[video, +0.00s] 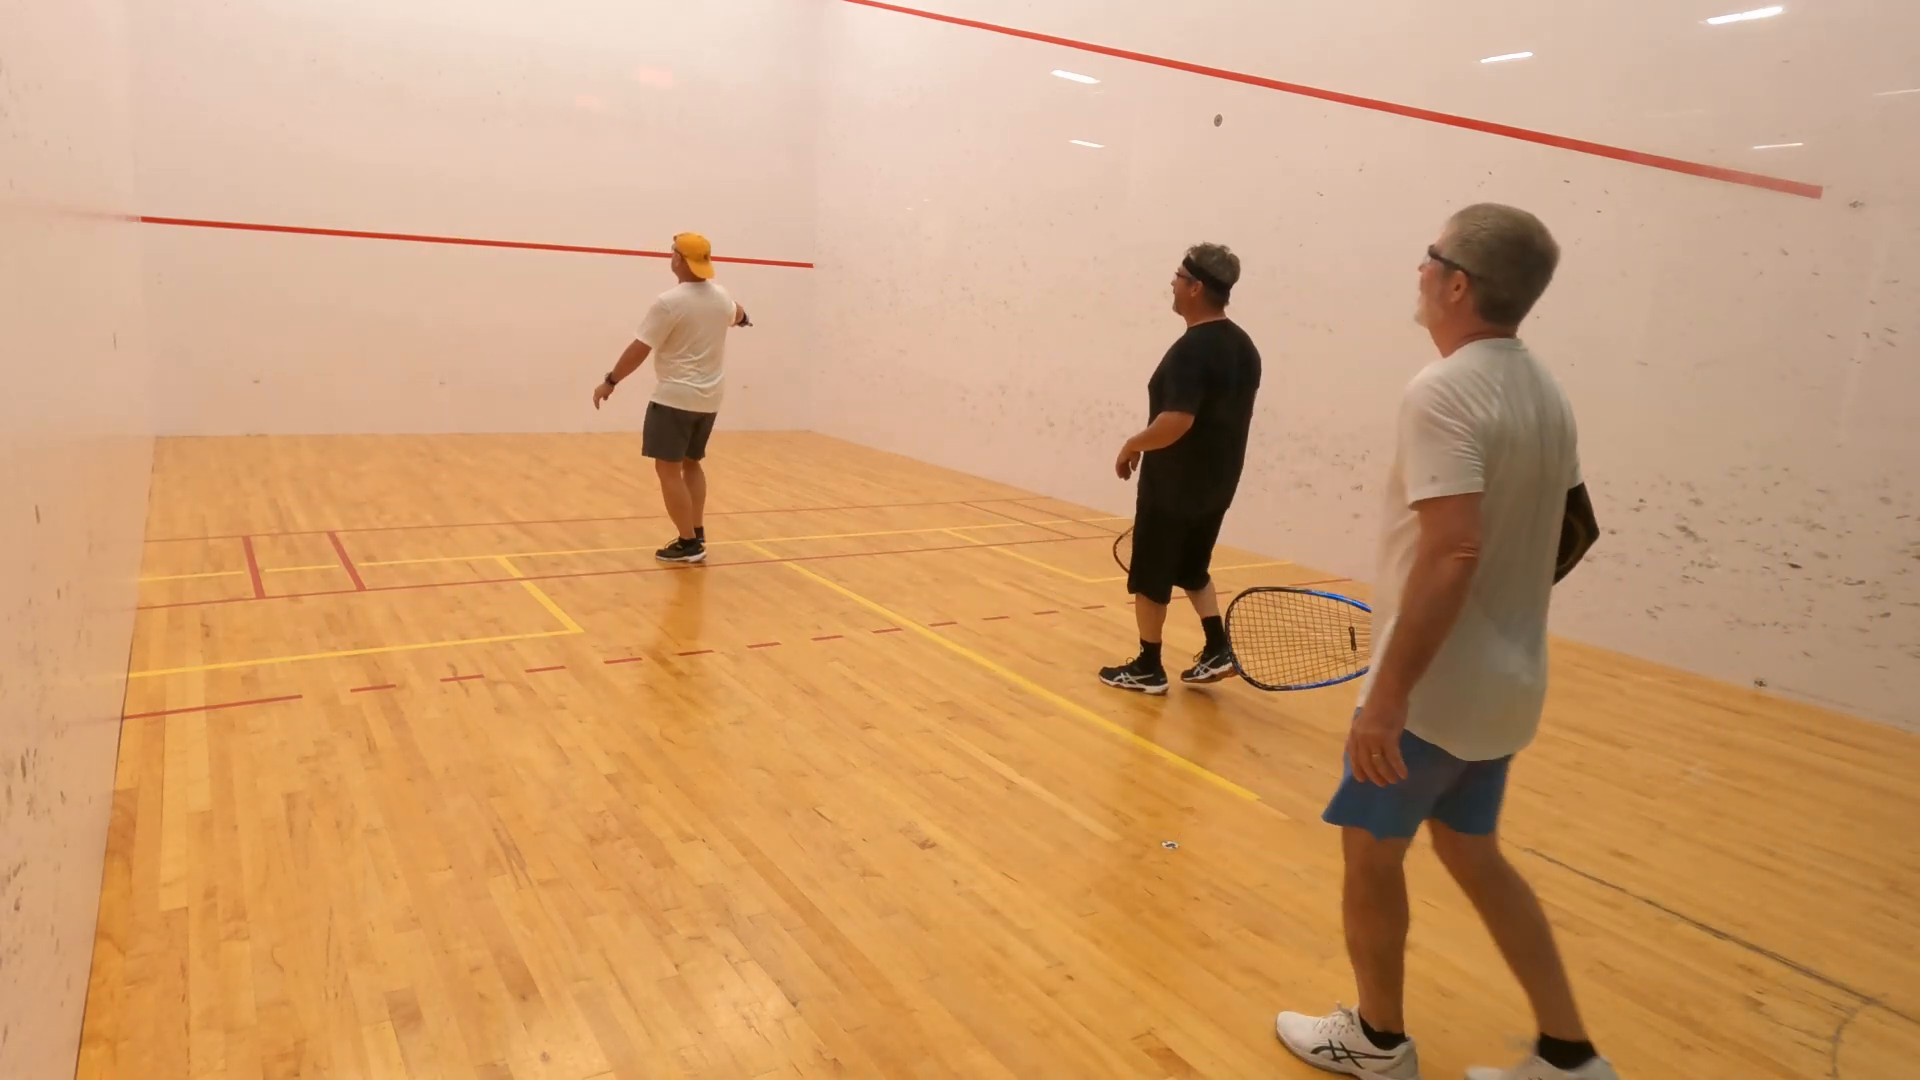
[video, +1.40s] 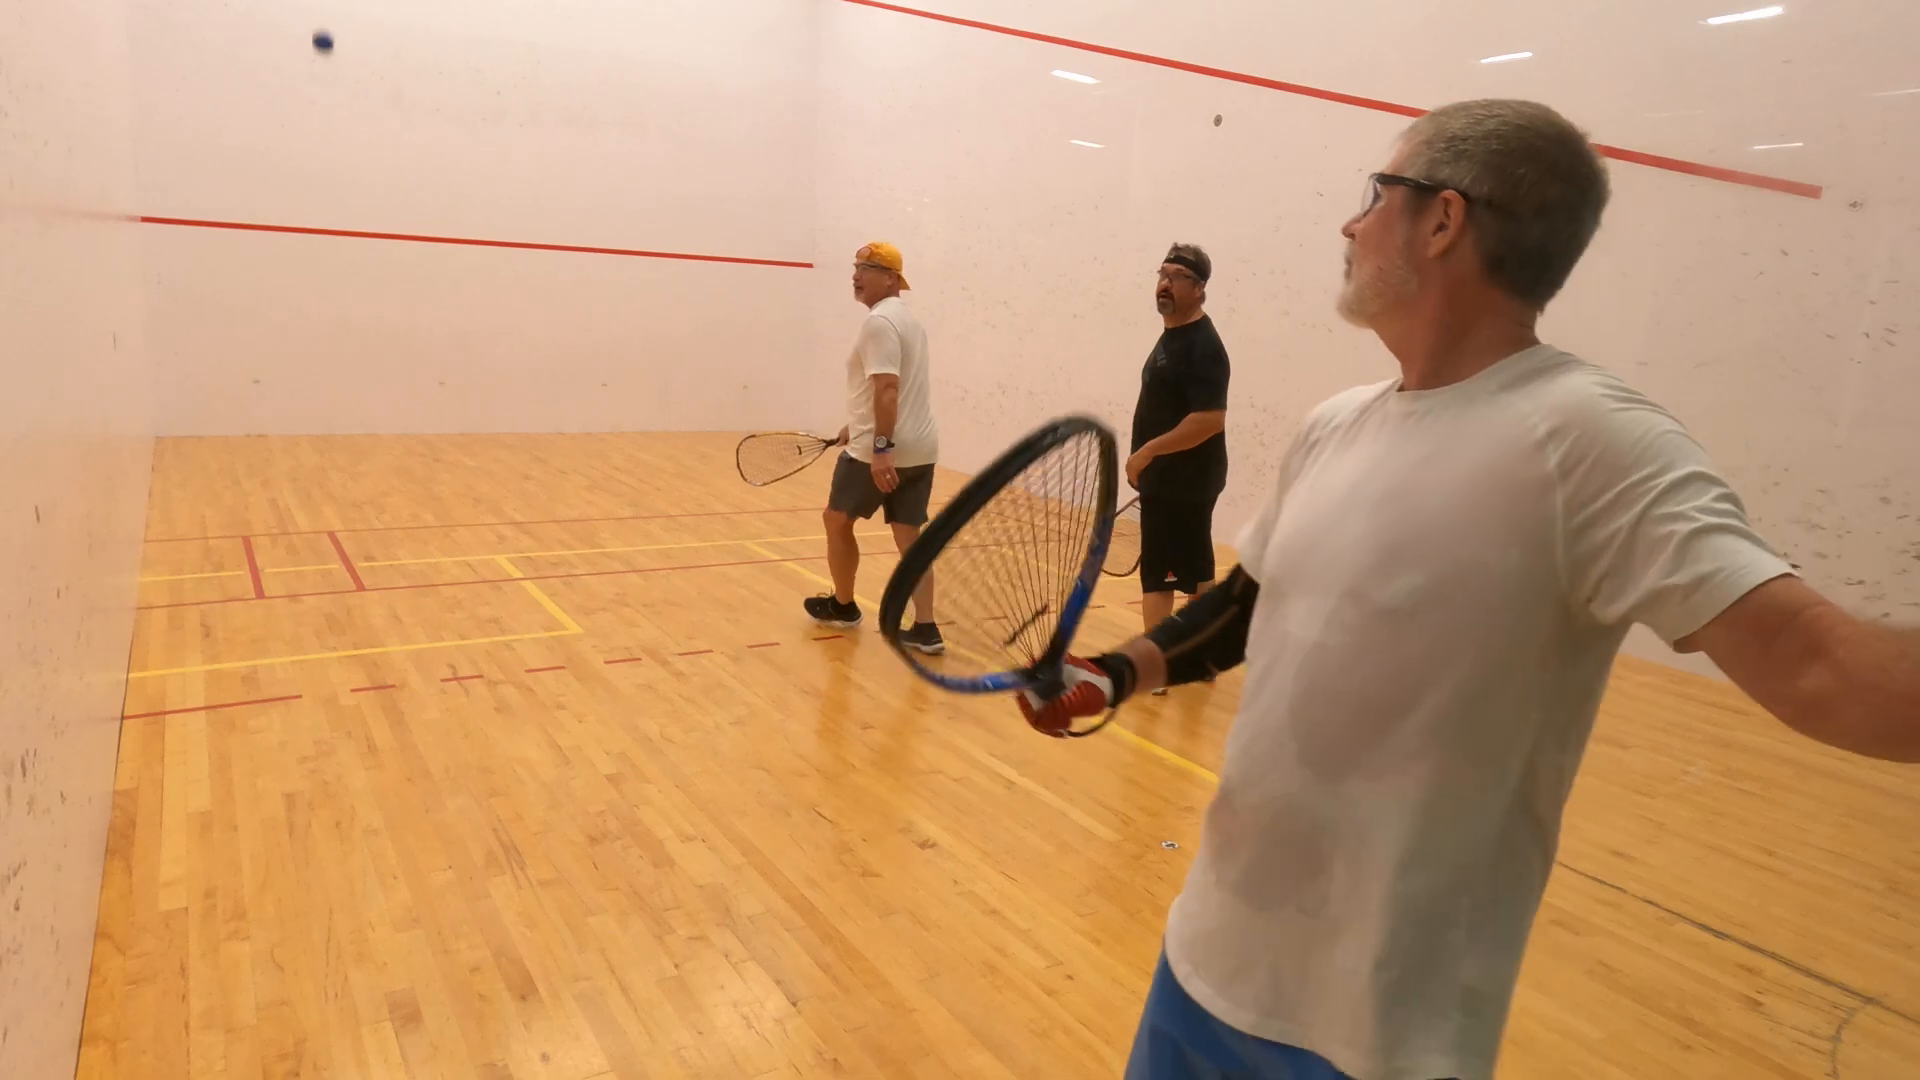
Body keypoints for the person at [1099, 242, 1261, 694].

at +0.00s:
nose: (1173, 283)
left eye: (1179, 278)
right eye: (1177, 275)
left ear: (1197, 290)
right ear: (1215, 292)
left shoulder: (1192, 349)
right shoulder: (1243, 347)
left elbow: (1174, 421)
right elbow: (1230, 422)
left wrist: (1132, 445)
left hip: (1172, 486)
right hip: (1214, 488)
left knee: (1151, 572)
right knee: (1193, 566)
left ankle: (1148, 665)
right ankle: (1218, 650)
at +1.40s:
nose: (1165, 285)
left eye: (1177, 279)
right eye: (1162, 276)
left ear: (1200, 292)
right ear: (1157, 282)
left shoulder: (1204, 346)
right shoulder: (1175, 337)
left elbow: (1211, 419)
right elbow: (1169, 409)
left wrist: (1147, 451)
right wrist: (1144, 459)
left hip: (1185, 478)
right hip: (1168, 474)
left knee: (1156, 572)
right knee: (1194, 568)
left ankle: (1154, 658)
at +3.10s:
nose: (1168, 294)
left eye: (1175, 287)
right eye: (1170, 286)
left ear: (1196, 292)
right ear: (1205, 293)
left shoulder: (1197, 344)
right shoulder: (1226, 339)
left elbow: (1204, 417)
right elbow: (1221, 413)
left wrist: (1183, 465)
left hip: (1194, 468)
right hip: (1220, 467)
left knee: (1161, 546)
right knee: (1210, 546)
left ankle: (1158, 649)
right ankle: (1216, 634)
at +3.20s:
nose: (1185, 294)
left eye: (1192, 286)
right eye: (1185, 285)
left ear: (1210, 290)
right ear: (1210, 289)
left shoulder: (1218, 339)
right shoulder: (1217, 334)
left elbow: (1217, 411)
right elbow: (1219, 409)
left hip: (1213, 465)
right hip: (1213, 462)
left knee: (1196, 551)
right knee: (1209, 550)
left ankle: (1173, 649)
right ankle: (1215, 635)